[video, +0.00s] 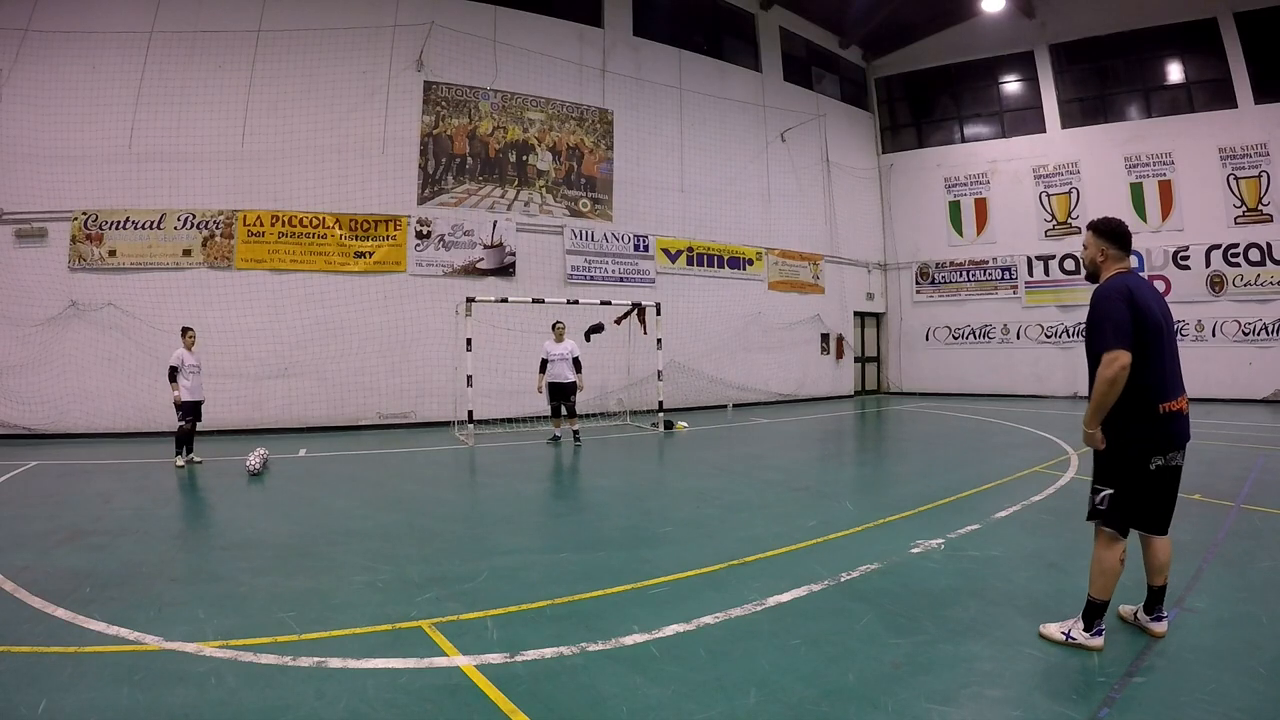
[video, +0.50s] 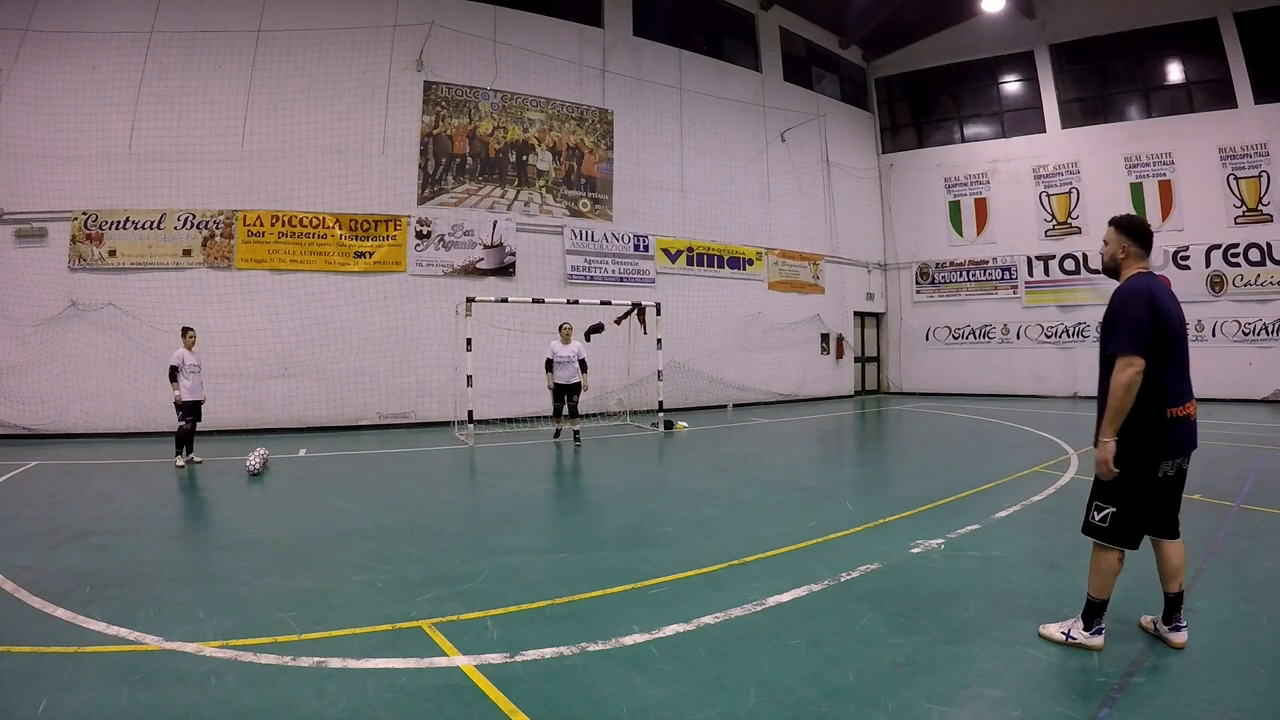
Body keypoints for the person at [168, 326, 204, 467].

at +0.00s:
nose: (193, 340)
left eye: (194, 337)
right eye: (190, 337)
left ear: (195, 339)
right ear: (183, 338)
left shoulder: (195, 355)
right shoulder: (179, 354)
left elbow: (197, 377)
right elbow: (172, 373)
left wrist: (201, 394)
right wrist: (176, 392)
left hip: (196, 397)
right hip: (184, 397)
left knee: (192, 426)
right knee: (184, 426)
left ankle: (189, 454)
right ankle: (178, 456)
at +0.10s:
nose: (193, 340)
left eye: (194, 337)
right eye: (190, 337)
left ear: (195, 339)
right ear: (183, 338)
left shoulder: (195, 356)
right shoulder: (179, 354)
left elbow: (197, 377)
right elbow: (172, 373)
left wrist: (201, 394)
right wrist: (176, 392)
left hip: (196, 397)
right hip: (184, 397)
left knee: (192, 426)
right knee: (184, 426)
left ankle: (189, 454)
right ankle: (178, 456)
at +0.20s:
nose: (193, 340)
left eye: (194, 337)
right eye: (190, 337)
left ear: (195, 339)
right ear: (183, 338)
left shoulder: (195, 356)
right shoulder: (179, 354)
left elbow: (197, 377)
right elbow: (172, 373)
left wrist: (201, 394)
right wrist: (176, 392)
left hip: (196, 397)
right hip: (184, 397)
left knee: (192, 426)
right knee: (184, 426)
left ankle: (189, 454)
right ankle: (178, 456)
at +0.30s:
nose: (193, 340)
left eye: (194, 337)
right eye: (190, 337)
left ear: (195, 339)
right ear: (183, 338)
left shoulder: (195, 356)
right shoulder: (179, 354)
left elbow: (198, 377)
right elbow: (172, 373)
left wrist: (201, 393)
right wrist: (176, 392)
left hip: (196, 397)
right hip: (184, 397)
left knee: (192, 426)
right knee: (184, 426)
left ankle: (189, 454)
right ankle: (178, 456)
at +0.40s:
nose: (193, 340)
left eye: (194, 337)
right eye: (190, 337)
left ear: (195, 339)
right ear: (183, 338)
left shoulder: (195, 355)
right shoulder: (179, 354)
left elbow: (198, 376)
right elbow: (172, 373)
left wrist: (201, 393)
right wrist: (176, 392)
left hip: (196, 397)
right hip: (184, 397)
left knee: (192, 426)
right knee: (184, 426)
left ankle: (189, 454)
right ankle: (178, 456)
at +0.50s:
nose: (193, 340)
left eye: (194, 337)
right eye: (191, 337)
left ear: (195, 339)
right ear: (183, 338)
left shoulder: (195, 355)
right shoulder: (179, 354)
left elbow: (198, 376)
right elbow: (172, 373)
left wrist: (201, 392)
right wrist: (176, 392)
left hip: (196, 397)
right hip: (184, 397)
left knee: (192, 426)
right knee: (184, 426)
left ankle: (189, 454)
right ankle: (178, 456)